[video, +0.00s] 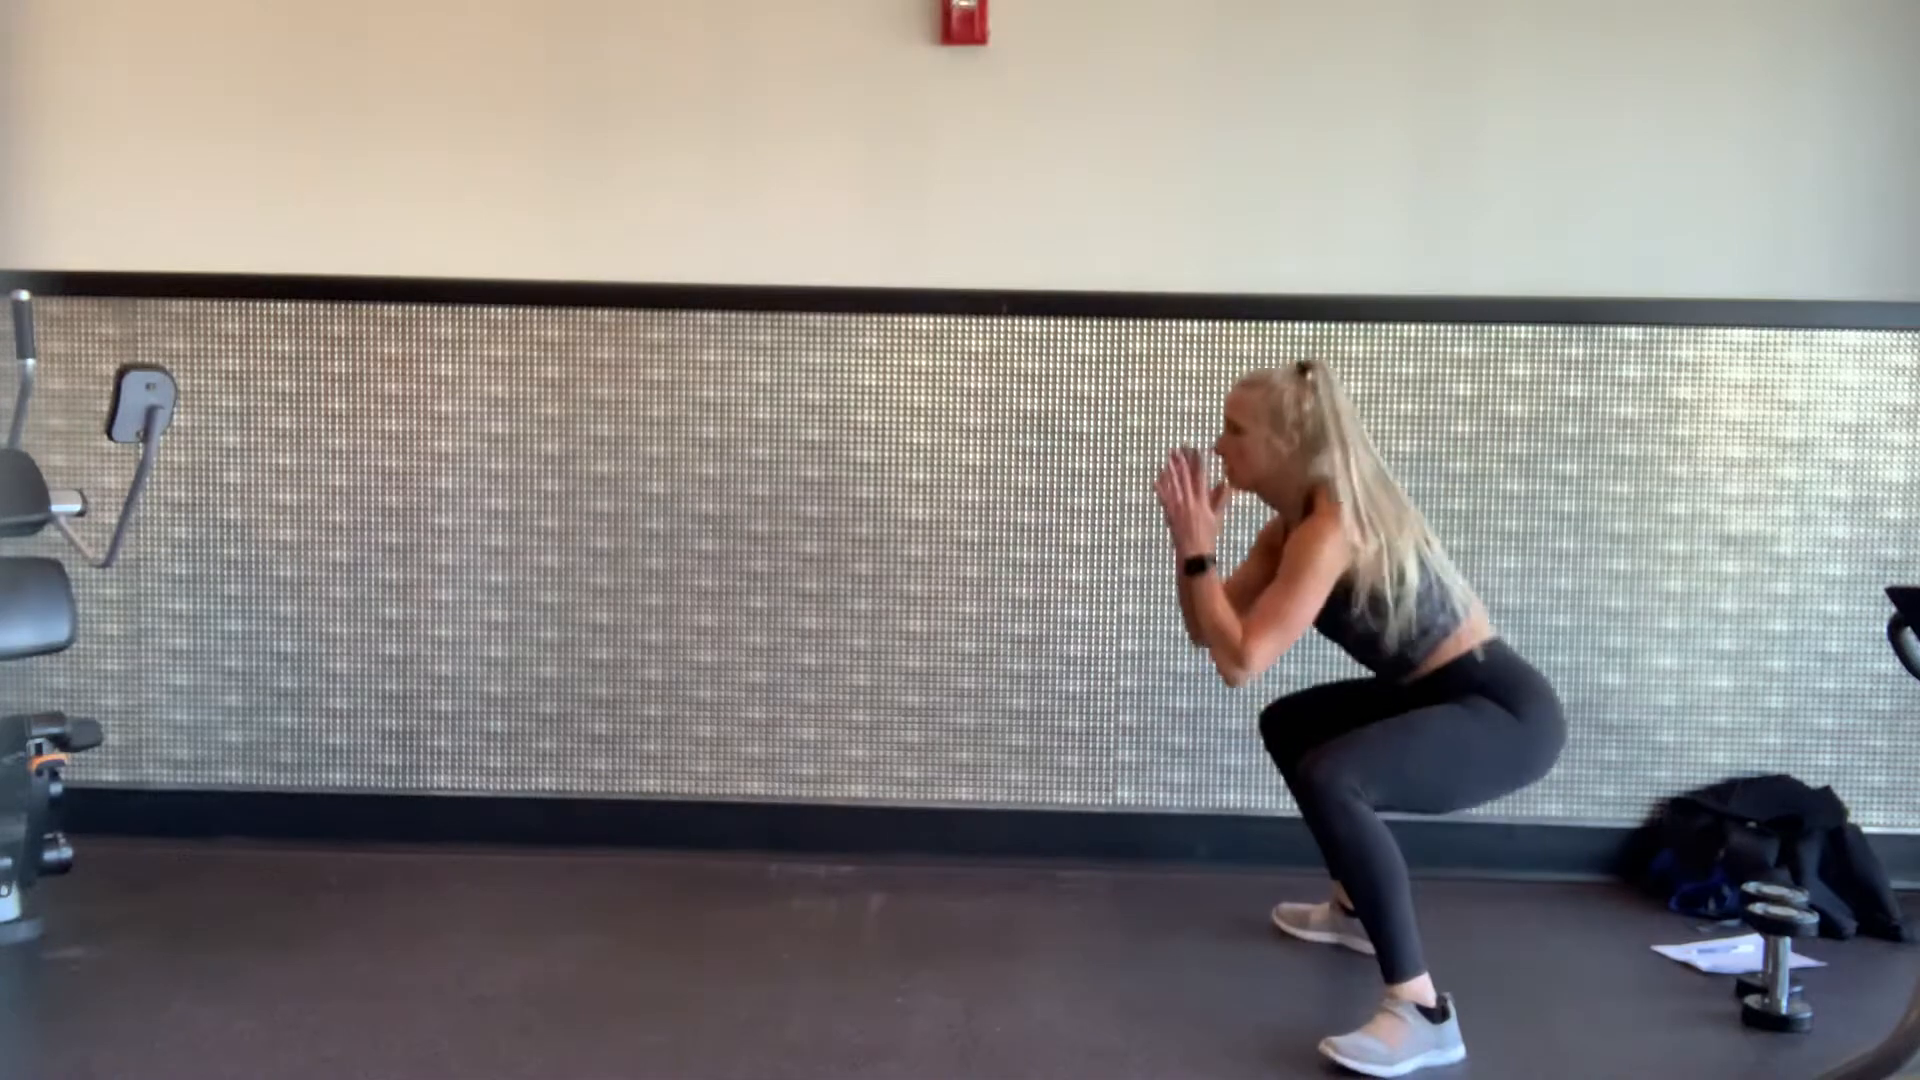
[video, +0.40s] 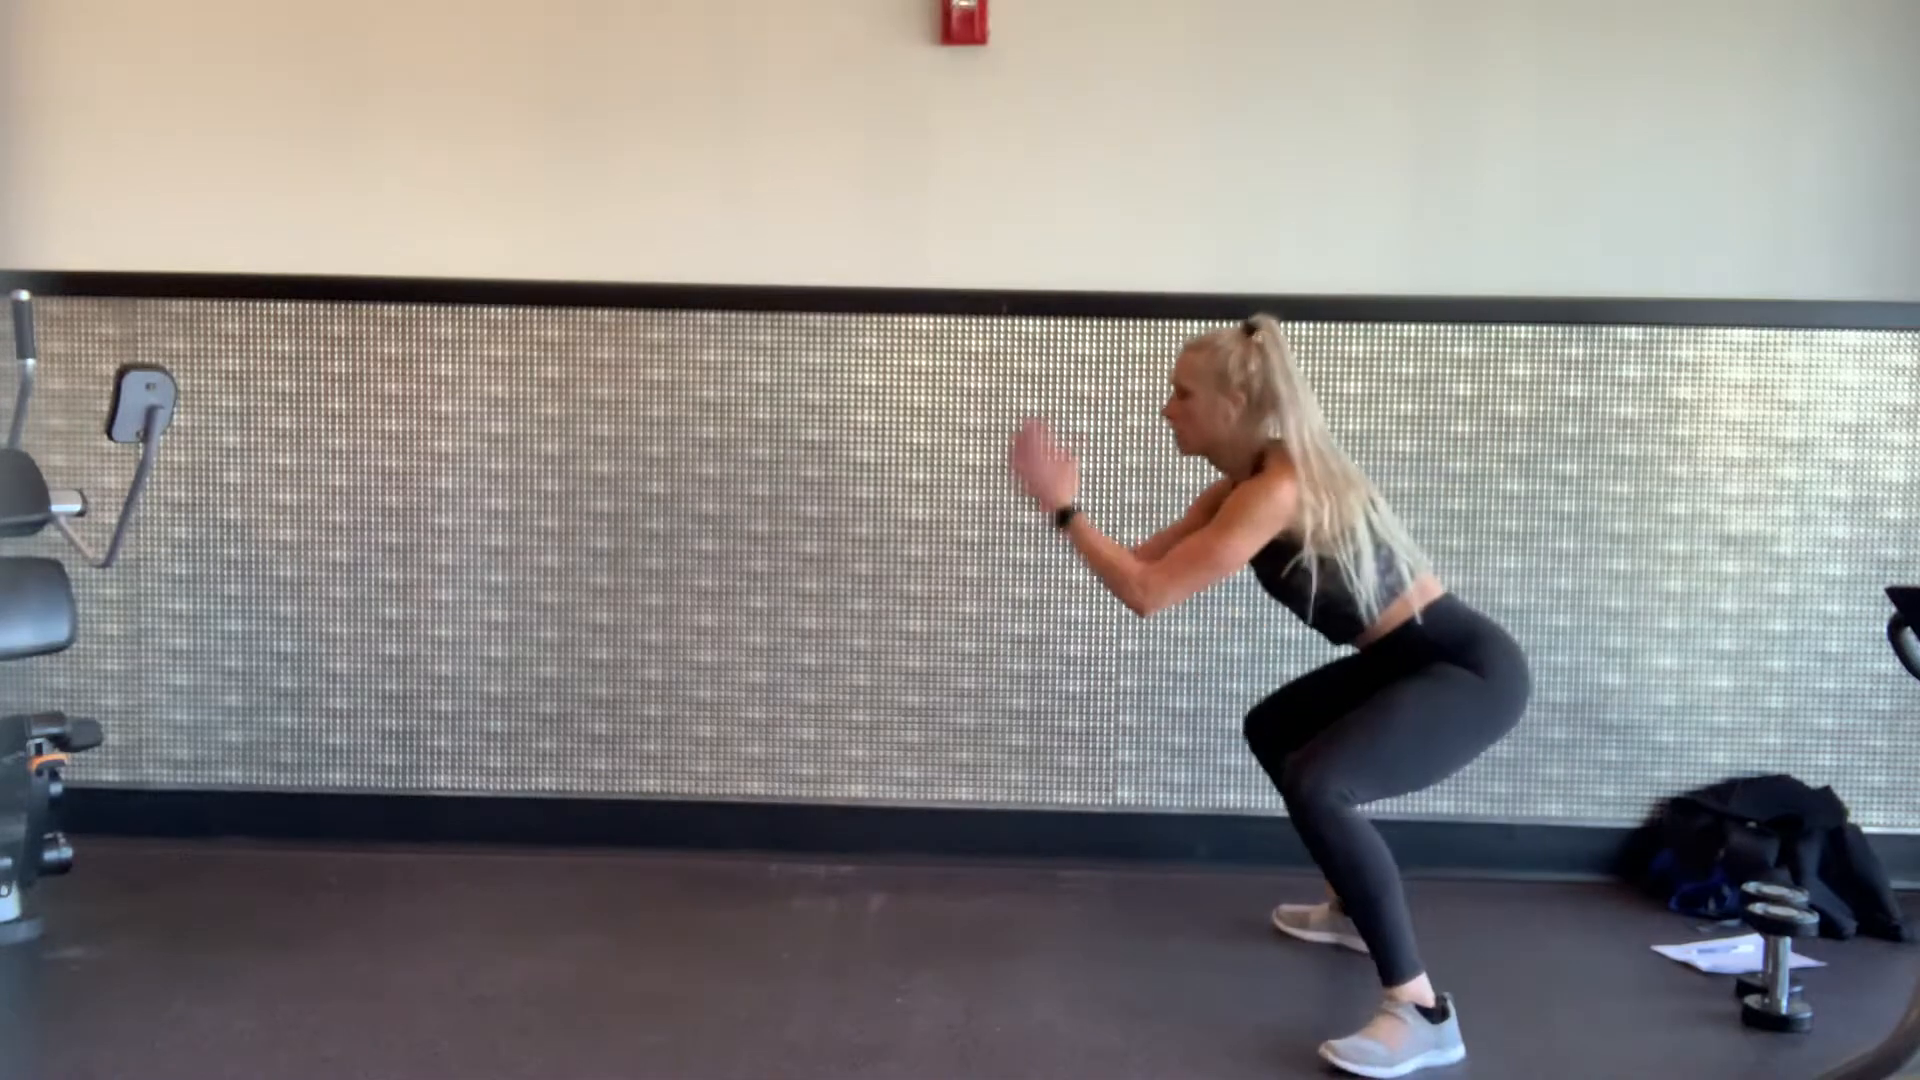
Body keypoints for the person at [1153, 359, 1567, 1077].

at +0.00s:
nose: (1221, 443)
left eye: (1235, 430)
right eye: (1225, 428)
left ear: (1282, 445)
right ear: (1281, 446)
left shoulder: (1330, 525)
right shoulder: (1292, 526)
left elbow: (1238, 659)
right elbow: (1217, 631)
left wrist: (1196, 551)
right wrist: (1192, 548)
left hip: (1505, 712)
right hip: (1441, 694)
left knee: (1334, 777)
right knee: (1288, 728)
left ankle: (1422, 1008)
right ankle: (1356, 911)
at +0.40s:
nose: (1168, 408)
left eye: (1181, 394)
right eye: (1171, 392)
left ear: (1230, 407)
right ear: (1232, 409)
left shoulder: (1277, 488)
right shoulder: (1242, 485)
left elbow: (1148, 593)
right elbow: (1142, 566)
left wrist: (1063, 509)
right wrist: (1062, 508)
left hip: (1469, 669)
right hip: (1412, 658)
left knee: (1321, 782)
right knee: (1274, 727)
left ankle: (1419, 1007)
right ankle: (1357, 906)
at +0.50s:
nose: (1143, 418)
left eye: (1154, 400)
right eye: (1144, 401)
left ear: (1208, 404)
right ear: (1207, 408)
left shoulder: (1259, 488)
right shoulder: (1215, 492)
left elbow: (1141, 603)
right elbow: (1120, 583)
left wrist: (1014, 641)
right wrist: (1012, 631)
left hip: (1446, 669)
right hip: (1390, 662)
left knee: (1299, 794)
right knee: (1255, 734)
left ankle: (1419, 1010)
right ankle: (1357, 907)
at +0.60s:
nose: (1104, 397)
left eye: (1115, 380)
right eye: (1106, 380)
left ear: (1166, 383)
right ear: (1165, 384)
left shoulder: (1221, 465)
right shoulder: (1188, 471)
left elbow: (1204, 614)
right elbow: (1161, 596)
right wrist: (1086, 693)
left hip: (1400, 651)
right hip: (1347, 649)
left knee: (1269, 811)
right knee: (1232, 747)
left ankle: (1414, 1008)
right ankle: (1350, 906)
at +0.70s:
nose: (1058, 323)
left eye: (1072, 307)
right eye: (1061, 306)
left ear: (1118, 319)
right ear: (1121, 320)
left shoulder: (1172, 403)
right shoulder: (1147, 401)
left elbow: (1283, 500)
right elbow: (1245, 502)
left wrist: (1317, 640)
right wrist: (1249, 605)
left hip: (1321, 607)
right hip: (1282, 603)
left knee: (1248, 817)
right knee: (1213, 756)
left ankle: (1411, 1005)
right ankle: (1347, 902)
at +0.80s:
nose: (1020, 221)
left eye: (1032, 204)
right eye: (1020, 204)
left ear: (1080, 203)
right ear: (1080, 207)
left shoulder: (1123, 278)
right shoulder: (1103, 284)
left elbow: (1263, 294)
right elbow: (1237, 322)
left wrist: (1331, 417)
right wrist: (1283, 424)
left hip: (1199, 538)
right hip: (1173, 539)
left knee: (1203, 772)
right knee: (1192, 747)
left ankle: (1376, 964)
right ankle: (1323, 866)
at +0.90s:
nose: (960, 162)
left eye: (974, 146)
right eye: (963, 145)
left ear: (1022, 149)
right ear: (1019, 149)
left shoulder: (1056, 223)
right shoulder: (1049, 226)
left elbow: (1184, 269)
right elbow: (1173, 277)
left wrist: (1195, 409)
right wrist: (1185, 409)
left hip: (1126, 477)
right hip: (1107, 479)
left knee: (1082, 705)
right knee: (1088, 692)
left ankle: (1237, 896)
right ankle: (1203, 829)